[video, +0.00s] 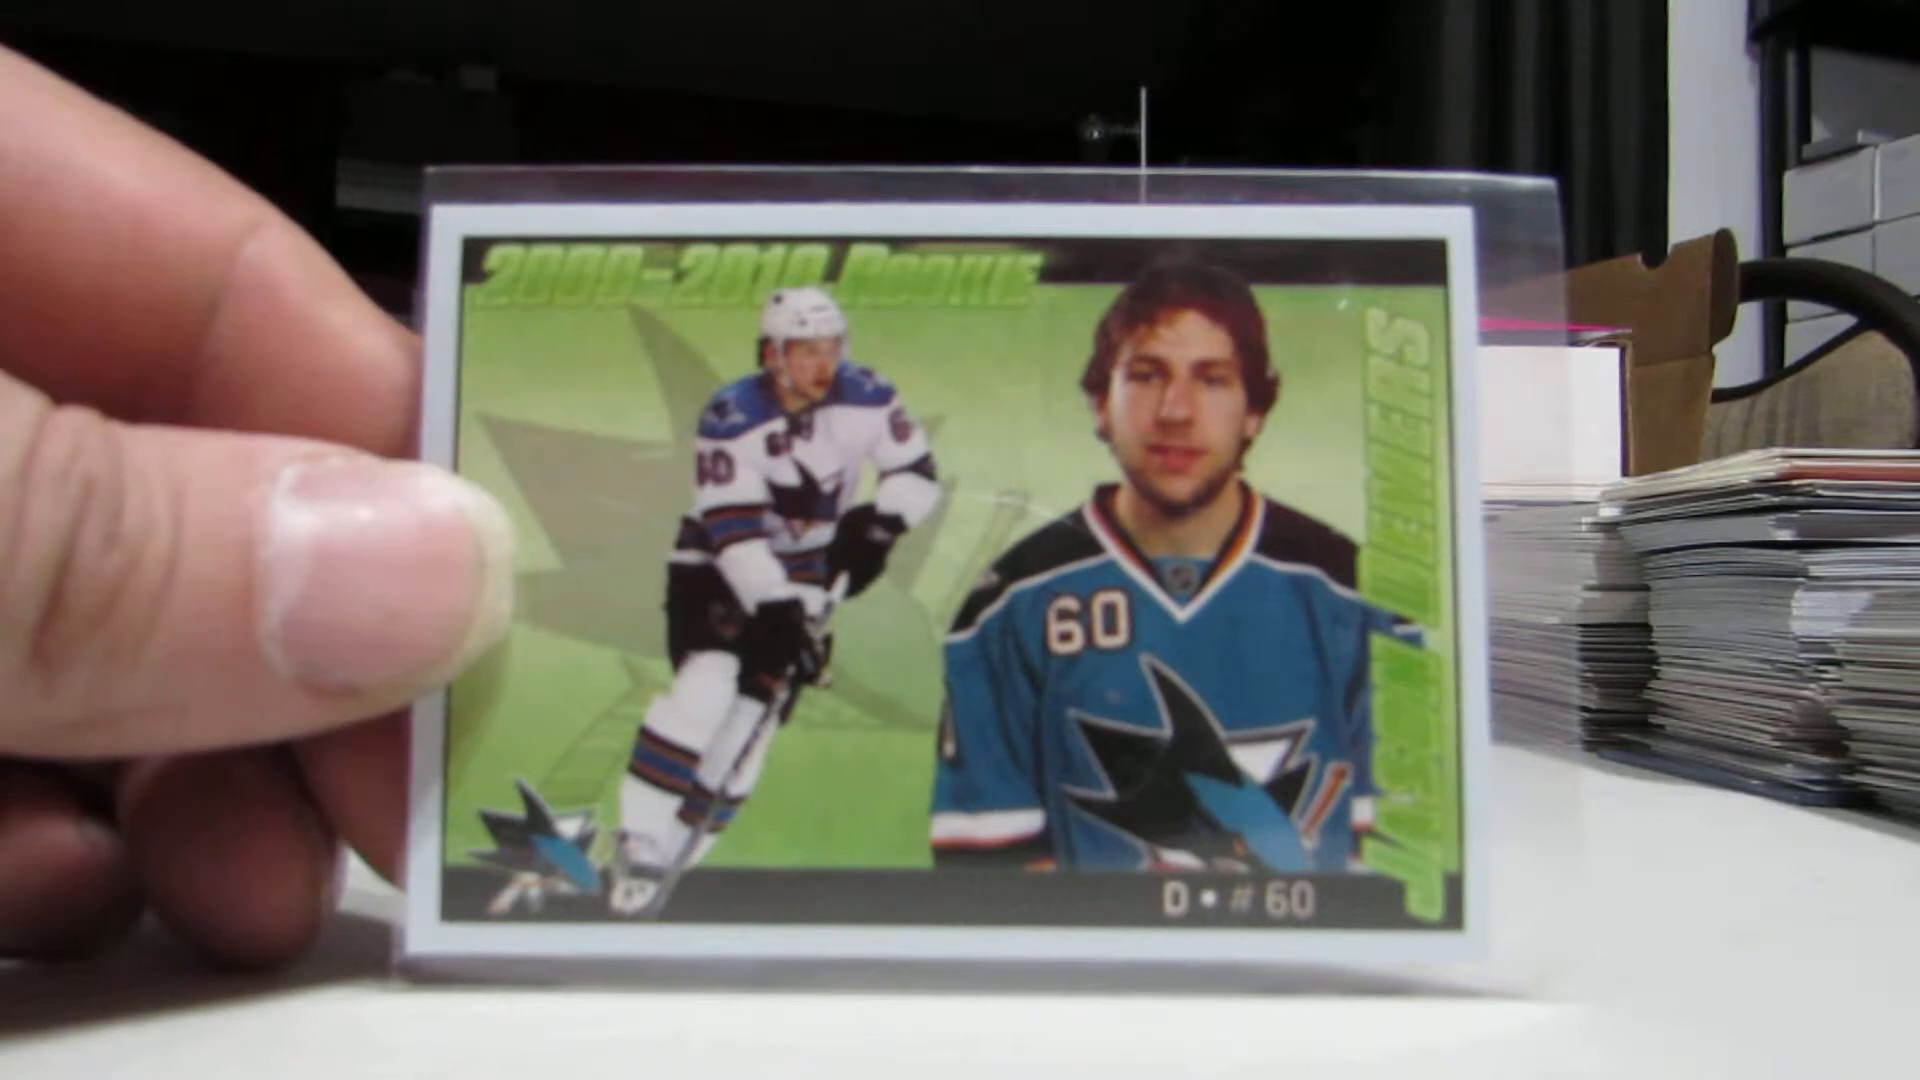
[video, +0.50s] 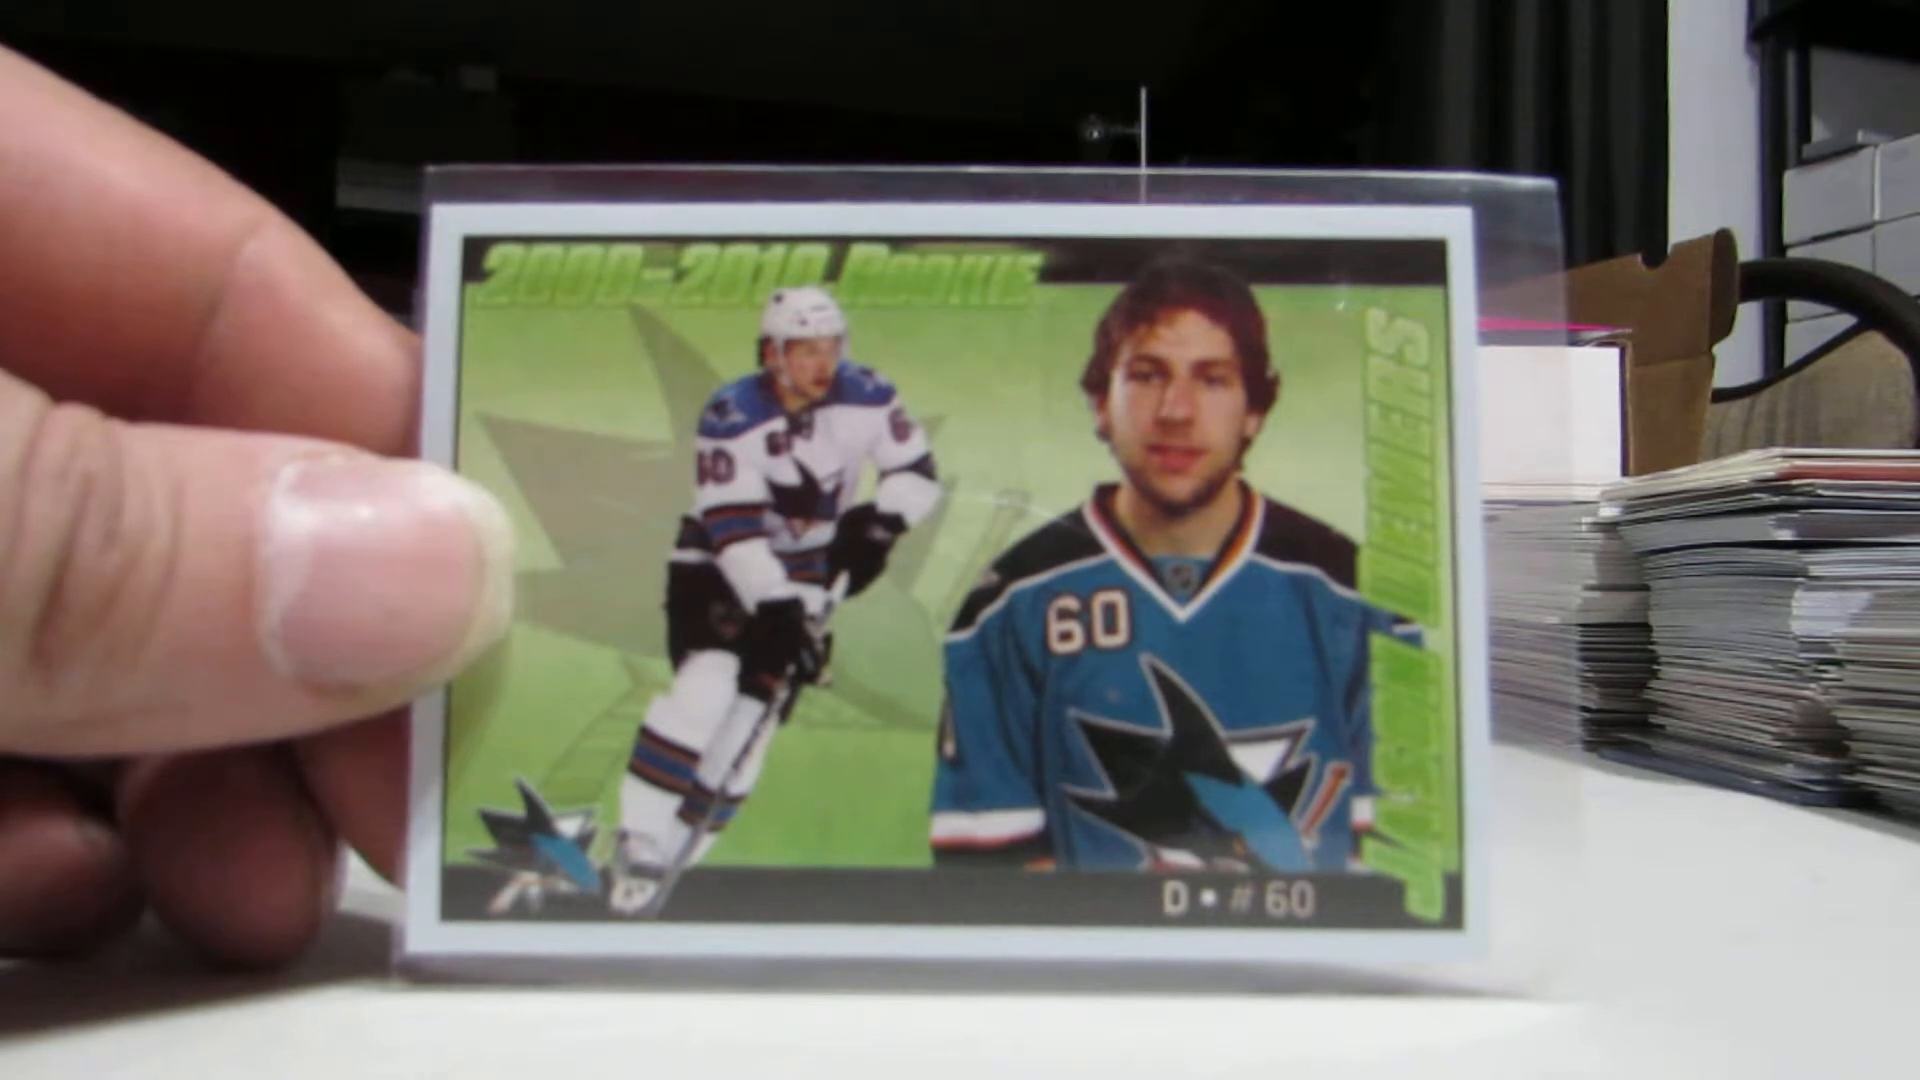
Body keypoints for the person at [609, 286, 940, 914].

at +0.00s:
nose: (822, 365)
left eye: (830, 351)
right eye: (805, 352)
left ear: (842, 350)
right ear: (772, 356)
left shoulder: (867, 399)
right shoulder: (732, 416)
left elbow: (916, 474)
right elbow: (732, 524)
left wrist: (877, 527)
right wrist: (775, 605)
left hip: (806, 573)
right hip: (721, 563)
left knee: (755, 715)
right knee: (709, 681)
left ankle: (680, 853)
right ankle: (642, 842)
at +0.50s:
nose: (822, 364)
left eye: (831, 350)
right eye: (806, 351)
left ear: (842, 350)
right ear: (772, 356)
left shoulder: (867, 398)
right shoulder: (732, 416)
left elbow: (916, 473)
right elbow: (732, 523)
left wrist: (877, 527)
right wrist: (775, 605)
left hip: (807, 573)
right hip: (721, 564)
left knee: (755, 715)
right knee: (709, 681)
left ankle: (681, 851)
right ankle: (642, 840)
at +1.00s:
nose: (828, 368)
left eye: (836, 354)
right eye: (813, 355)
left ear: (846, 354)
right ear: (777, 359)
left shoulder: (870, 403)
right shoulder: (736, 419)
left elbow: (918, 477)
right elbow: (735, 526)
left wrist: (880, 530)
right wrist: (777, 606)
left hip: (808, 578)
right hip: (723, 566)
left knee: (755, 718)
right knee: (711, 682)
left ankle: (676, 860)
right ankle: (641, 848)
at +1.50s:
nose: (825, 367)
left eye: (833, 353)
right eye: (809, 354)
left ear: (843, 352)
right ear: (774, 358)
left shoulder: (867, 401)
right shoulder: (733, 418)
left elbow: (917, 474)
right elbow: (733, 527)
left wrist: (880, 530)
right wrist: (775, 609)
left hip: (807, 578)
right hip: (721, 567)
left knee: (754, 722)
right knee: (708, 687)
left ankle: (678, 861)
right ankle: (642, 851)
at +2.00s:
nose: (824, 366)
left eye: (832, 352)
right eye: (808, 353)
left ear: (842, 352)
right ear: (773, 358)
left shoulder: (868, 401)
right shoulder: (732, 419)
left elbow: (917, 475)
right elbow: (732, 527)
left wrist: (878, 531)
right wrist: (776, 609)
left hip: (807, 578)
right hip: (720, 567)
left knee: (754, 722)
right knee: (708, 687)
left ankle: (680, 860)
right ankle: (640, 849)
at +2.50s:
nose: (824, 366)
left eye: (832, 352)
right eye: (808, 353)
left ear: (842, 352)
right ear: (773, 359)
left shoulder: (868, 401)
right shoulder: (732, 419)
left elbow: (917, 476)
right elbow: (732, 528)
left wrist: (878, 531)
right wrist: (776, 610)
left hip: (806, 578)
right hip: (719, 568)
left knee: (754, 723)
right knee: (708, 686)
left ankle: (679, 861)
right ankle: (641, 849)